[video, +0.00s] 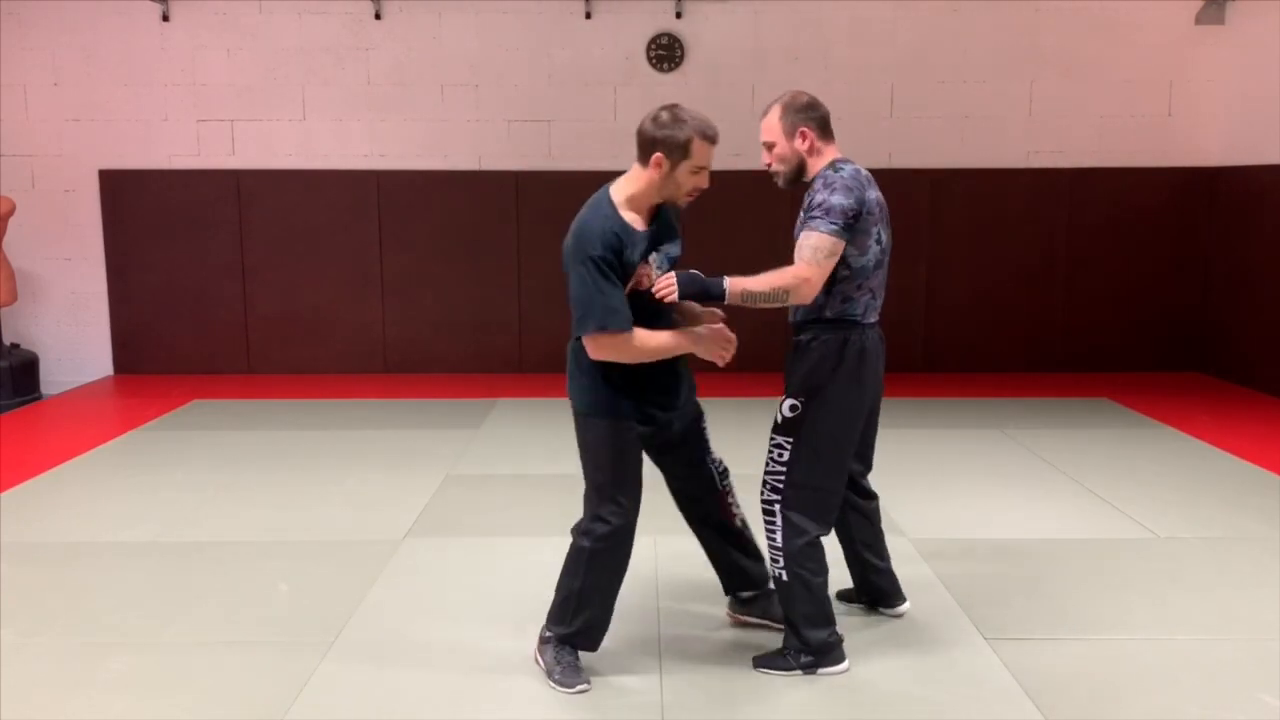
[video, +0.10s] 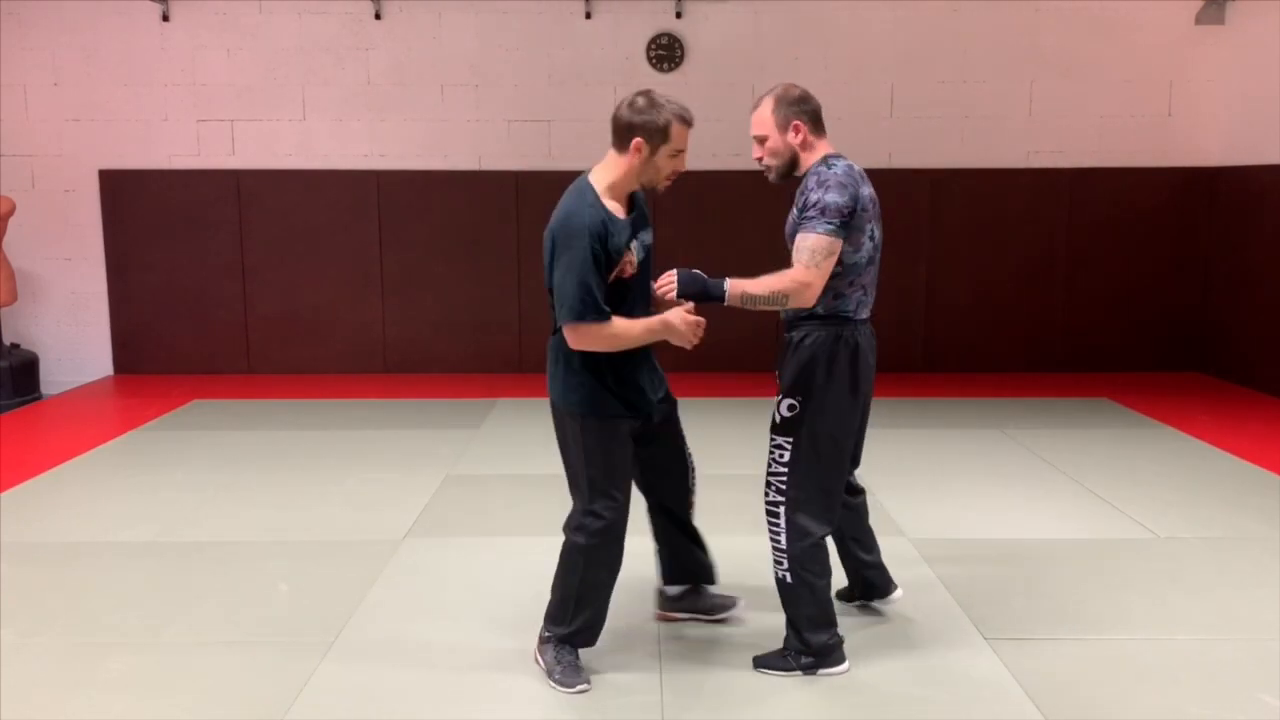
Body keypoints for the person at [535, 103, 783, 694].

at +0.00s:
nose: (705, 184)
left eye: (708, 172)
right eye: (699, 172)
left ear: (661, 164)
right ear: (658, 163)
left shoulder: (660, 211)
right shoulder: (593, 235)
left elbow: (663, 294)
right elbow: (604, 344)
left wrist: (702, 319)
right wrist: (690, 342)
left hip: (663, 378)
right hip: (605, 389)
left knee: (706, 489)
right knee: (611, 516)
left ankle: (750, 593)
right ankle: (560, 639)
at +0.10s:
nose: (681, 168)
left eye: (684, 155)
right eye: (676, 155)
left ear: (639, 148)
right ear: (638, 148)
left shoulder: (633, 198)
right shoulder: (576, 222)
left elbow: (633, 288)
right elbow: (581, 333)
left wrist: (665, 311)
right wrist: (661, 327)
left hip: (637, 375)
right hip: (586, 388)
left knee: (672, 481)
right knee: (600, 514)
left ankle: (682, 589)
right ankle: (559, 638)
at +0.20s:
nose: (661, 151)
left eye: (663, 139)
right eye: (657, 139)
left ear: (621, 133)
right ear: (622, 133)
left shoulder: (607, 191)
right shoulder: (565, 205)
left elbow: (607, 284)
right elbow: (561, 315)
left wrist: (644, 297)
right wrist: (637, 309)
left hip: (619, 377)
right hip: (573, 387)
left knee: (633, 483)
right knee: (584, 513)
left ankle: (608, 583)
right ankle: (557, 638)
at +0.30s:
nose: (650, 142)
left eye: (651, 130)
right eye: (644, 130)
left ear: (608, 128)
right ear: (609, 128)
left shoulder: (592, 190)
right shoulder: (551, 197)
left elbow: (590, 279)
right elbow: (542, 302)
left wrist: (627, 295)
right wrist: (621, 300)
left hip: (592, 376)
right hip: (554, 384)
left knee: (589, 490)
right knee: (571, 511)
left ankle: (531, 570)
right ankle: (558, 638)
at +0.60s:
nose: (618, 152)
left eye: (620, 141)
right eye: (613, 139)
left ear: (581, 135)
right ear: (581, 133)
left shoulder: (559, 195)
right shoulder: (516, 189)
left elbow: (545, 280)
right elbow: (493, 282)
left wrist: (580, 299)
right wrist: (573, 299)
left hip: (542, 375)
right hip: (501, 376)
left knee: (541, 489)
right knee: (506, 498)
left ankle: (522, 583)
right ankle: (478, 627)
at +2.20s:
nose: (556, 189)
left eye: (560, 177)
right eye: (548, 176)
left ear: (525, 167)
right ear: (510, 164)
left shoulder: (543, 211)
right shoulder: (443, 220)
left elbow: (566, 280)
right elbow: (423, 317)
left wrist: (620, 277)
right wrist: (519, 306)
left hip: (544, 374)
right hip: (478, 389)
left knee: (596, 466)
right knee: (467, 521)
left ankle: (563, 574)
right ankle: (432, 640)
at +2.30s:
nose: (583, 194)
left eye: (588, 182)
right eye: (574, 181)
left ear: (587, 174)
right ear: (537, 164)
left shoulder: (575, 211)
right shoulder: (469, 217)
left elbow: (606, 288)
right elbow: (426, 306)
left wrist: (646, 254)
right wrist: (509, 324)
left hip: (566, 378)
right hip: (493, 393)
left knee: (620, 473)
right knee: (470, 519)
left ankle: (648, 584)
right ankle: (432, 640)